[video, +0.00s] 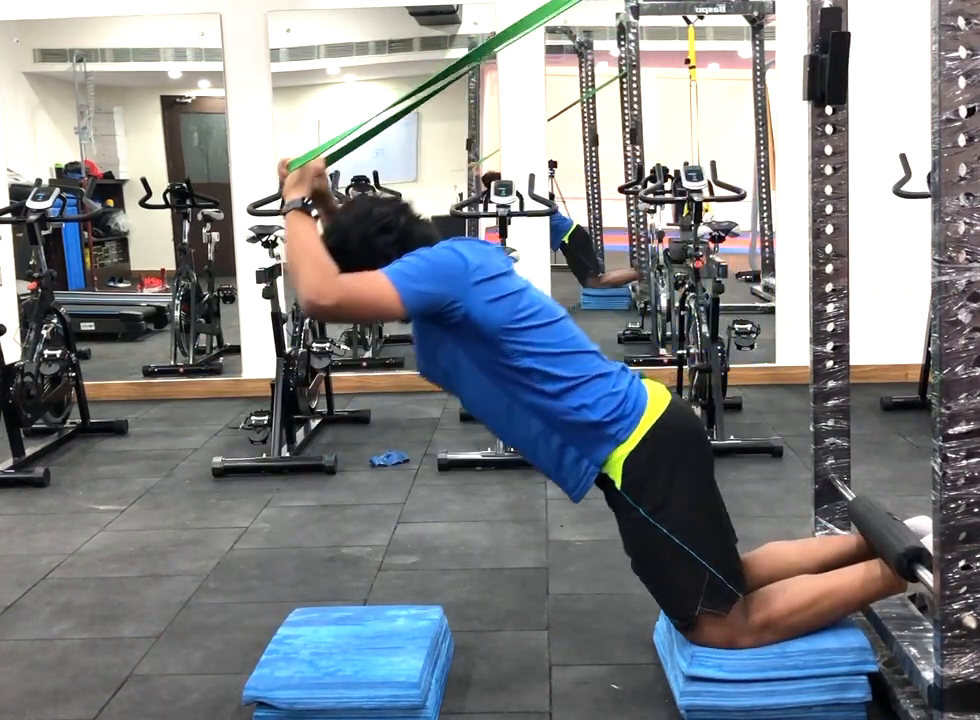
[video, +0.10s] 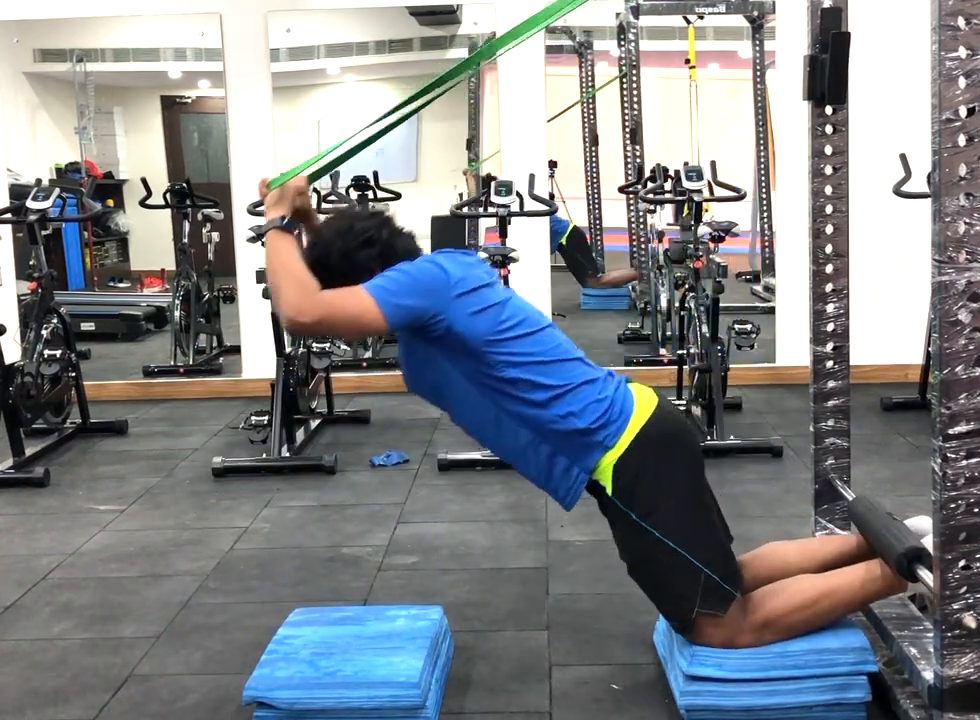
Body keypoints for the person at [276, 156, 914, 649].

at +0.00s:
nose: (359, 291)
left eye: (357, 277)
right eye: (352, 279)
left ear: (383, 263)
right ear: (399, 232)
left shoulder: (449, 268)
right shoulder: (455, 267)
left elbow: (323, 295)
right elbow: (338, 291)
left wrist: (295, 210)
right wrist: (307, 218)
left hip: (640, 450)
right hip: (639, 436)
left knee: (723, 626)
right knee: (718, 584)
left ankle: (903, 570)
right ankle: (865, 540)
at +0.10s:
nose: (339, 306)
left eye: (338, 291)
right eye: (333, 293)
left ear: (365, 277)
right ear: (384, 251)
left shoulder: (431, 283)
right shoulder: (442, 277)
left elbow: (303, 310)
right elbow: (319, 307)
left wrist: (275, 231)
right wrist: (289, 231)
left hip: (631, 453)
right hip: (632, 436)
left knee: (722, 628)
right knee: (714, 587)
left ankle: (899, 571)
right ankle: (860, 541)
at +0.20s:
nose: (329, 316)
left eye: (327, 303)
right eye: (323, 304)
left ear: (348, 287)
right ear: (368, 266)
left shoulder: (413, 296)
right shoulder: (428, 288)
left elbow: (285, 333)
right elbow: (300, 333)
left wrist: (254, 247)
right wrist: (270, 247)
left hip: (622, 459)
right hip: (622, 443)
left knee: (721, 631)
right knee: (710, 588)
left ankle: (903, 570)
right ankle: (860, 538)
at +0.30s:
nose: (311, 332)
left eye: (310, 316)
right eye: (305, 317)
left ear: (336, 300)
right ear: (355, 286)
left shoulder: (399, 309)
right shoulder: (412, 303)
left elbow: (266, 348)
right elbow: (287, 343)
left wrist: (232, 265)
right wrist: (254, 268)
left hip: (614, 464)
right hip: (613, 451)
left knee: (720, 629)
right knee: (708, 589)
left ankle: (904, 571)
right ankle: (865, 537)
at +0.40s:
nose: (298, 367)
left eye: (295, 353)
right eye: (290, 354)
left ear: (311, 325)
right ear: (329, 301)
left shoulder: (382, 323)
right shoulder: (395, 313)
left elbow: (255, 374)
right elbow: (269, 369)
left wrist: (212, 296)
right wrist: (226, 301)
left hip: (604, 466)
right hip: (603, 452)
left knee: (723, 625)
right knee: (711, 588)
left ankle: (905, 569)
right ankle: (863, 540)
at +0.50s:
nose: (296, 391)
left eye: (291, 375)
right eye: (289, 377)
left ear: (306, 348)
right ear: (323, 320)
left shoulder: (366, 342)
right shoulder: (382, 332)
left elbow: (243, 405)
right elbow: (262, 391)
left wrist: (189, 338)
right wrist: (205, 332)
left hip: (597, 472)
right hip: (599, 449)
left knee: (722, 631)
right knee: (716, 585)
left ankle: (905, 570)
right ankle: (865, 538)